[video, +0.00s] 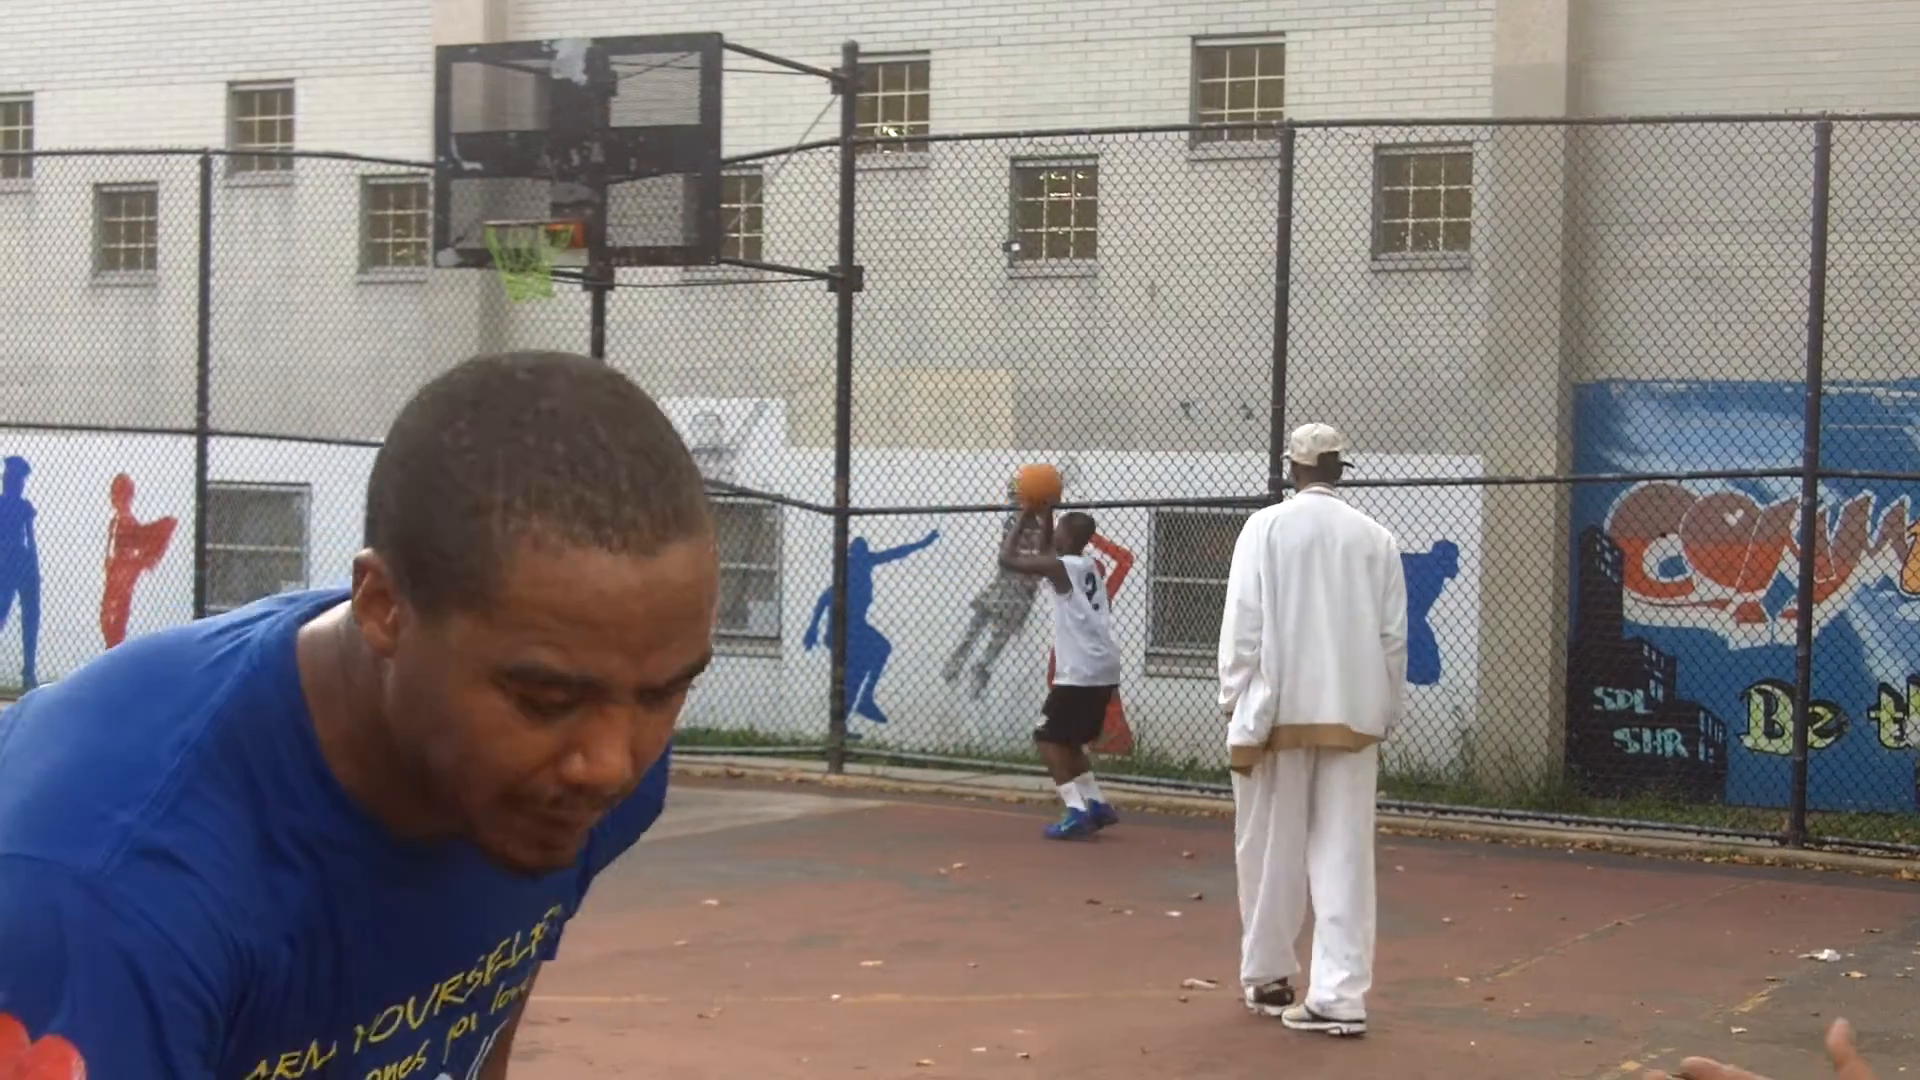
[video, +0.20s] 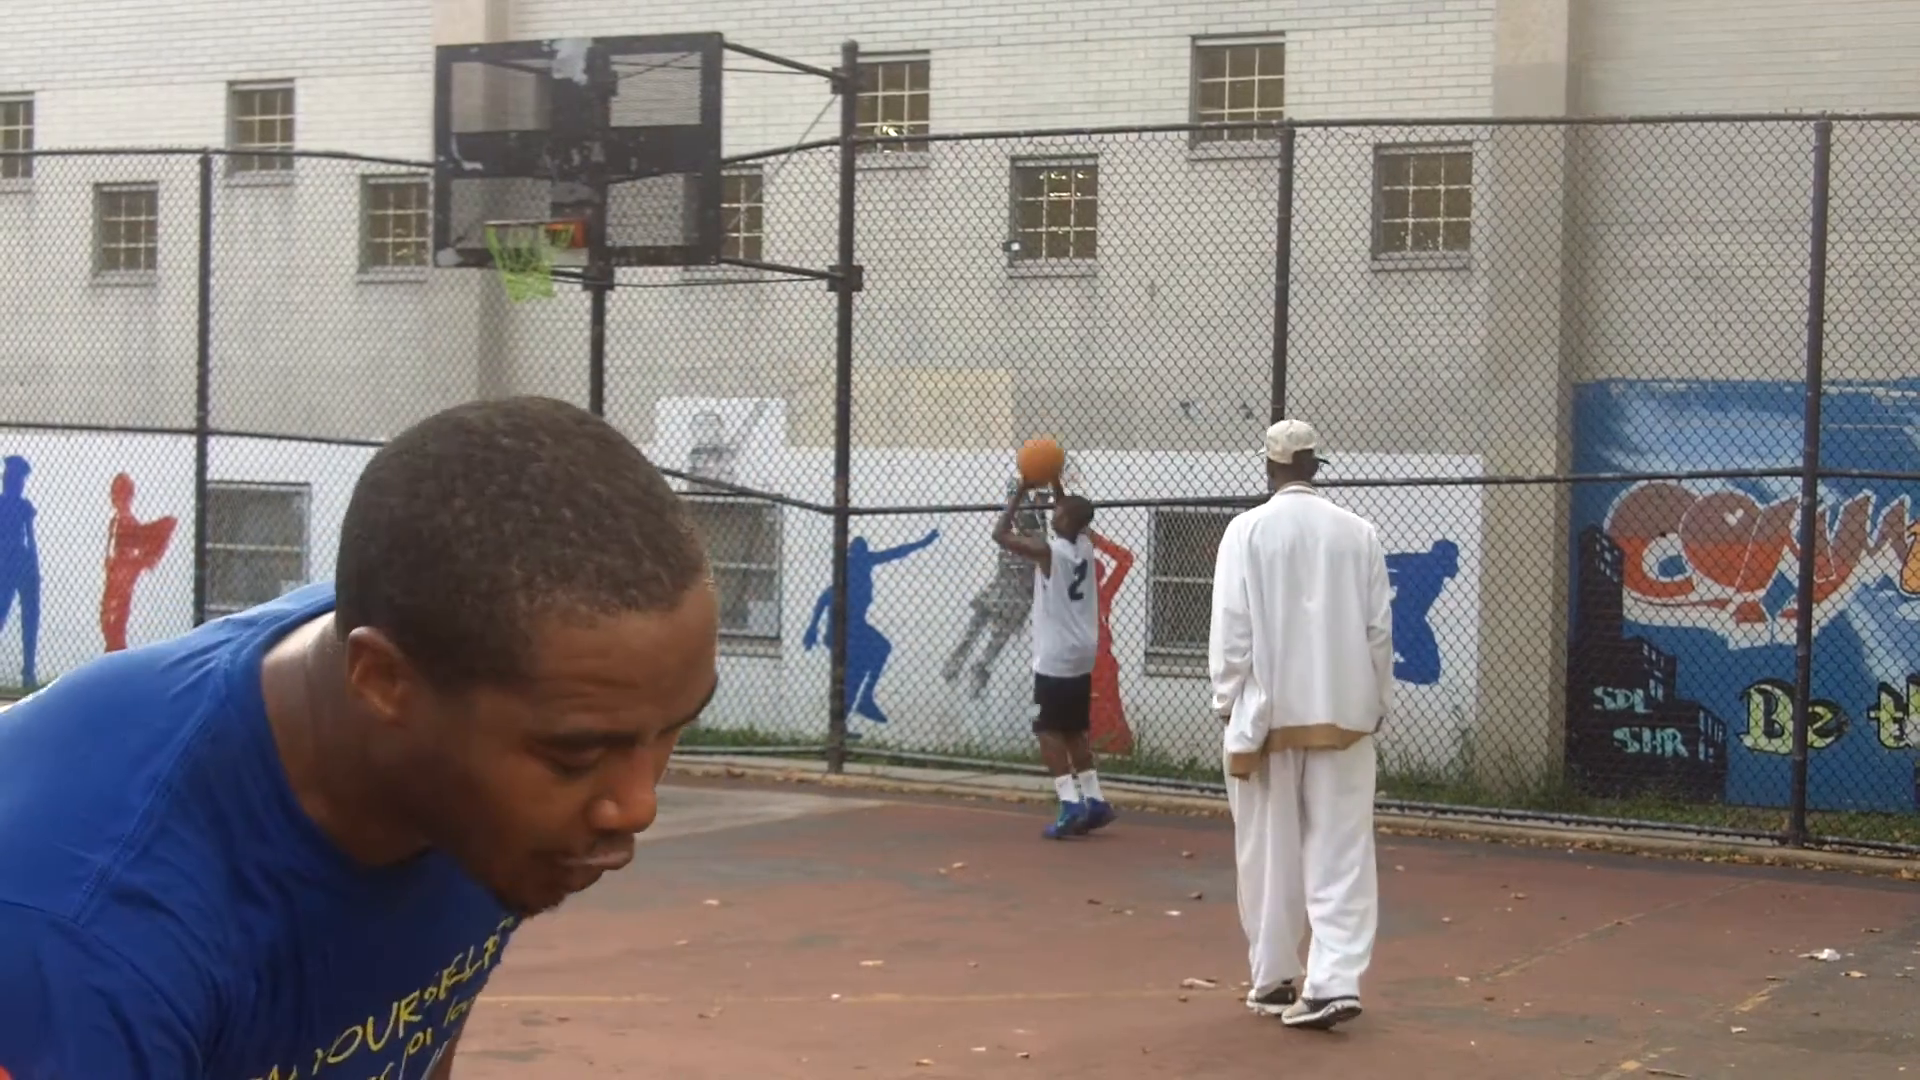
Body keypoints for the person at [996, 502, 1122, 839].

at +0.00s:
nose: (1055, 533)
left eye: (1059, 529)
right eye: (1056, 528)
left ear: (1072, 538)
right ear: (1083, 540)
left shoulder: (1063, 566)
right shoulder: (1088, 565)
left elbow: (1008, 559)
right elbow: (1048, 554)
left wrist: (1021, 517)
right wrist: (1046, 515)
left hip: (1079, 673)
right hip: (1101, 671)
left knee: (1046, 738)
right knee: (1066, 739)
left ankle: (1077, 810)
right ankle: (1096, 803)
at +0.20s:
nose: (1057, 515)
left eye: (1063, 513)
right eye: (1059, 510)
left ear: (1073, 522)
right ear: (1081, 524)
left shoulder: (1050, 551)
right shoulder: (1084, 548)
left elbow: (1001, 534)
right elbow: (1069, 520)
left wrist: (1018, 494)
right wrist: (1056, 487)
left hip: (1055, 655)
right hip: (1083, 653)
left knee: (1047, 730)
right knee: (1074, 729)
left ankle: (1071, 804)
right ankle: (1094, 800)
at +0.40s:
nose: (1047, 468)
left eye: (1054, 466)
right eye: (1053, 464)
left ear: (1061, 478)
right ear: (1077, 484)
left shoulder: (1042, 498)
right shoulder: (1083, 508)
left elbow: (1011, 455)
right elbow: (1043, 462)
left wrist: (1000, 409)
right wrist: (1020, 422)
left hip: (1043, 609)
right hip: (1076, 608)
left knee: (1044, 686)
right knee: (1072, 685)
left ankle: (1062, 766)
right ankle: (1091, 762)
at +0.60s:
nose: (1036, 502)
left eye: (1043, 500)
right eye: (1041, 498)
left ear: (1054, 512)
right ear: (1064, 515)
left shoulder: (1033, 535)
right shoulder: (1071, 538)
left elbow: (1004, 498)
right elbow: (1023, 500)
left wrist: (991, 448)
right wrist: (996, 454)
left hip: (1036, 647)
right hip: (1068, 645)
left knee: (1032, 725)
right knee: (1064, 723)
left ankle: (1044, 803)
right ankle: (1092, 799)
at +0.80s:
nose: (1023, 520)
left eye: (1030, 516)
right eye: (1026, 515)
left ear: (1040, 526)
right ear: (1049, 528)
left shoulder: (1023, 561)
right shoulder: (1054, 561)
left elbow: (993, 604)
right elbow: (1028, 603)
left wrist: (984, 574)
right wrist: (1003, 575)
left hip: (1027, 667)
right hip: (1052, 666)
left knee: (1019, 736)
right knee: (1041, 736)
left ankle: (1047, 810)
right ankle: (1084, 793)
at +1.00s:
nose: (998, 518)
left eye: (1004, 515)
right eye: (1002, 513)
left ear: (1012, 526)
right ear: (1022, 529)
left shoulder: (1002, 565)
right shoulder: (1029, 561)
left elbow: (1031, 608)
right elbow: (1060, 599)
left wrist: (1022, 656)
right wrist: (1077, 634)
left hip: (1014, 670)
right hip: (1023, 669)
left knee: (1016, 737)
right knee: (999, 731)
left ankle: (1045, 809)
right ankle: (1046, 797)